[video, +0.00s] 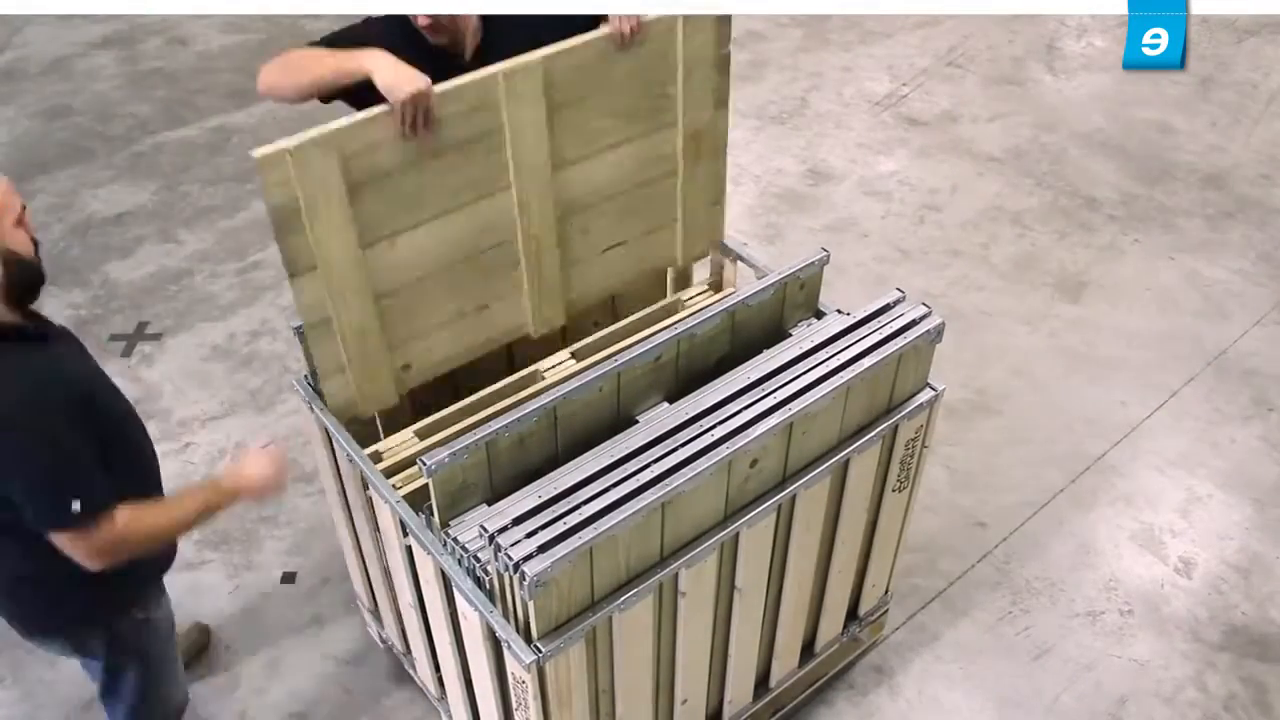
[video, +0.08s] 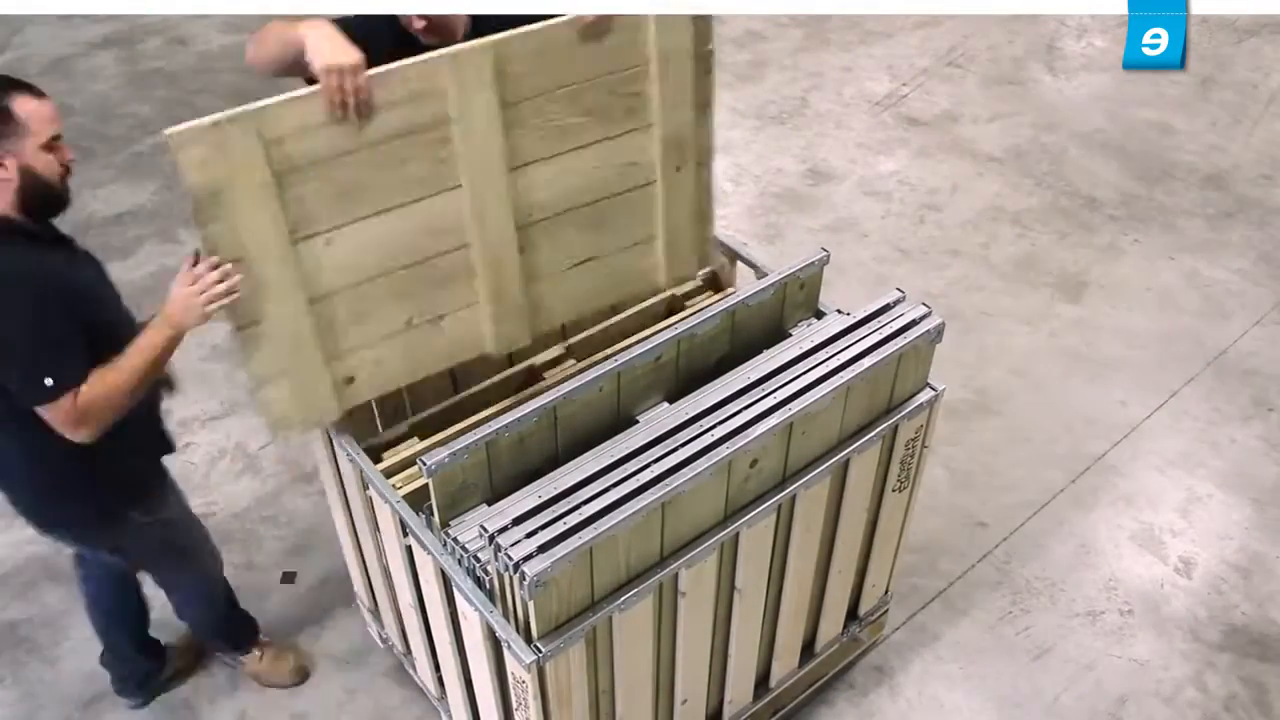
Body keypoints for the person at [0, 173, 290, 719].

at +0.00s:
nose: (33, 234)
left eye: (24, 219)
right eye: (19, 225)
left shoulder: (18, 332)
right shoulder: (17, 389)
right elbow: (93, 541)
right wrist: (229, 487)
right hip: (98, 595)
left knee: (141, 624)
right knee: (148, 698)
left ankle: (162, 659)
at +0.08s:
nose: (67, 158)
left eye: (61, 142)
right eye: (51, 146)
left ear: (10, 164)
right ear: (5, 163)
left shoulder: (20, 242)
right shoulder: (22, 274)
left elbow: (63, 347)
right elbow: (78, 417)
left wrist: (139, 370)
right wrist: (173, 322)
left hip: (65, 471)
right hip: (105, 479)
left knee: (106, 566)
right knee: (193, 564)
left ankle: (138, 673)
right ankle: (240, 644)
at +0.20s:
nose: (155, 165)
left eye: (160, 144)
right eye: (134, 155)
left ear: (162, 118)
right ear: (76, 140)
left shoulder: (192, 159)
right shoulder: (25, 212)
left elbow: (254, 268)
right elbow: (20, 348)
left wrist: (284, 358)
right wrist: (60, 382)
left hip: (218, 359)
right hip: (120, 395)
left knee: (258, 488)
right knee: (181, 546)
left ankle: (280, 591)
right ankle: (221, 643)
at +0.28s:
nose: (76, 171)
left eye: (72, 150)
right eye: (51, 170)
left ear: (69, 134)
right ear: (5, 191)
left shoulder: (125, 184)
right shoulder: (2, 277)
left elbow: (225, 276)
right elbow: (6, 415)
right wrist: (58, 413)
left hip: (199, 388)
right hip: (104, 436)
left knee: (277, 526)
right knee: (177, 561)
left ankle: (303, 610)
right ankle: (220, 645)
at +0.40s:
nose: (6, 192)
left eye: (20, 167)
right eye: (0, 172)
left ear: (87, 155)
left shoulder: (182, 211)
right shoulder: (27, 270)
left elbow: (286, 294)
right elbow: (33, 395)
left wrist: (372, 385)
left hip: (234, 414)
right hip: (125, 443)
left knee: (291, 553)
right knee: (149, 572)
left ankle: (327, 654)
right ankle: (181, 679)